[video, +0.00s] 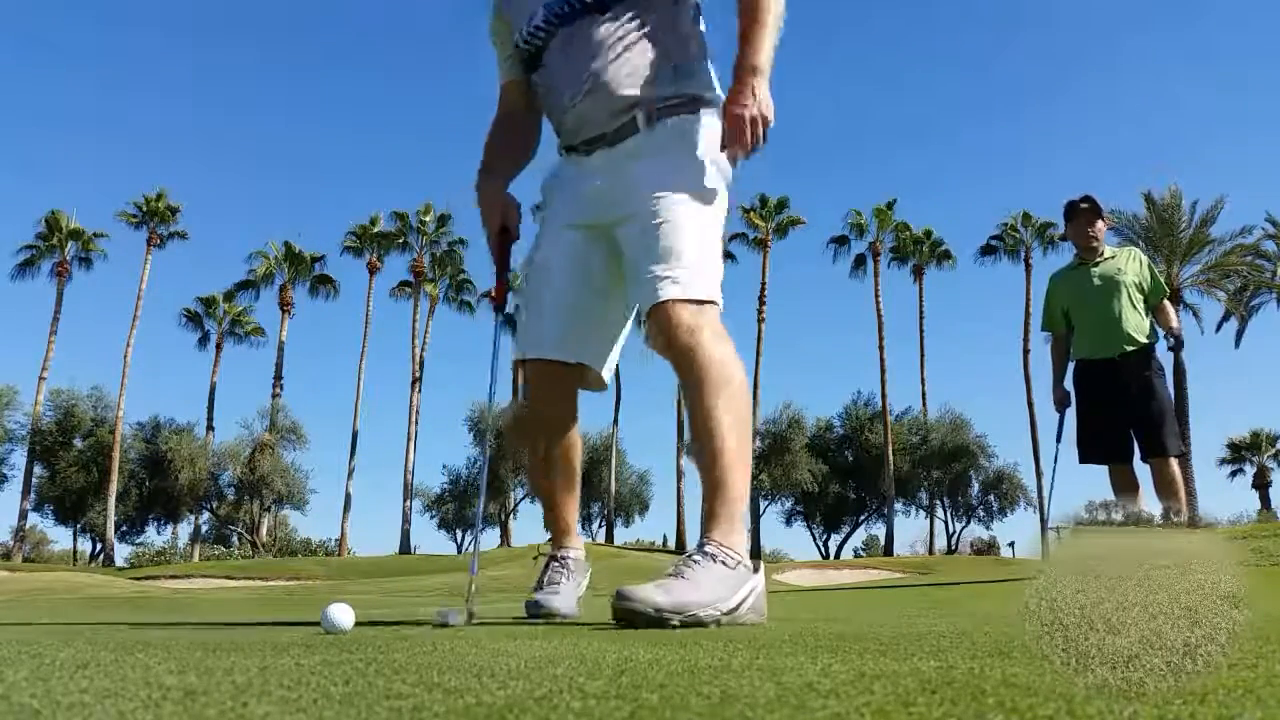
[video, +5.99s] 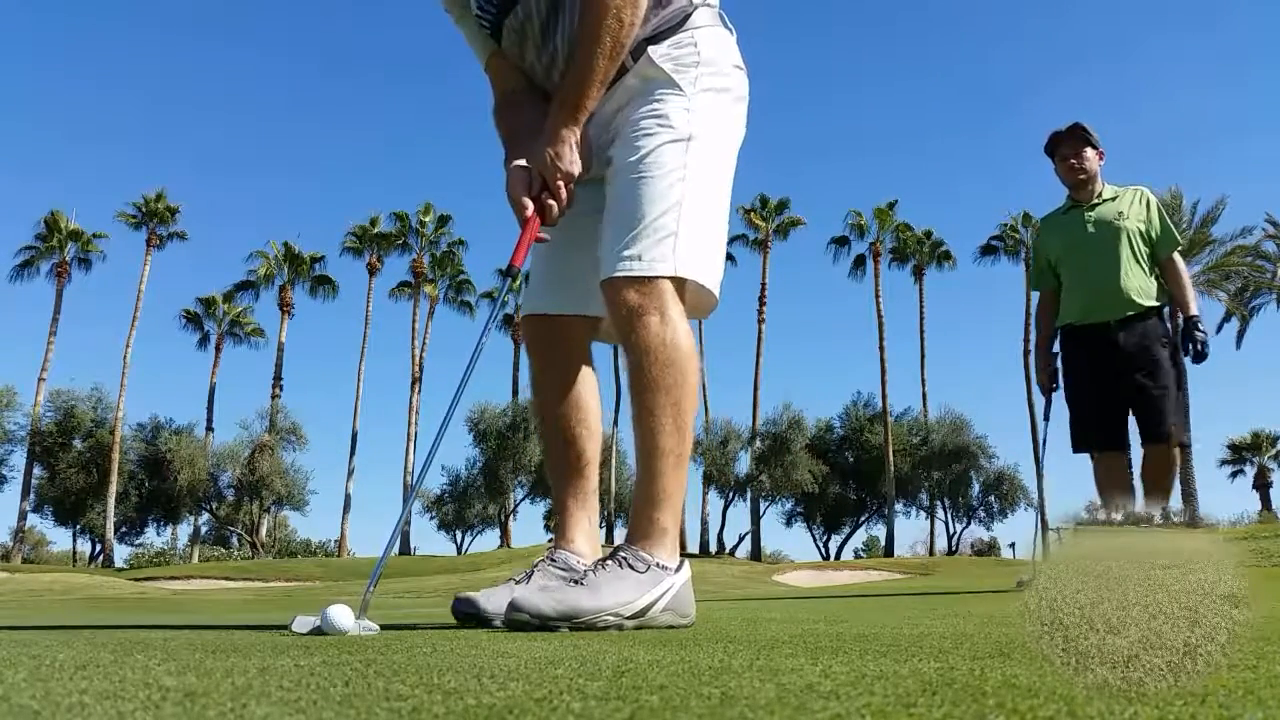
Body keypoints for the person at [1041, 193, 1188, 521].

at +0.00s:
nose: (1089, 228)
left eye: (1094, 221)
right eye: (1080, 224)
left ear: (1105, 225)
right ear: (1068, 232)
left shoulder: (1133, 259)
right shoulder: (1061, 281)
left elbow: (1159, 301)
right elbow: (1060, 337)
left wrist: (1172, 327)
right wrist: (1058, 384)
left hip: (1140, 366)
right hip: (1094, 374)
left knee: (1161, 451)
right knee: (1117, 459)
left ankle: (1179, 527)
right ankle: (1134, 532)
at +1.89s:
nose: (1084, 232)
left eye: (1089, 226)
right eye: (1076, 229)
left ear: (1101, 230)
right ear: (1066, 239)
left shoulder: (1131, 266)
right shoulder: (1060, 286)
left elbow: (1158, 312)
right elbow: (1057, 341)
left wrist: (1171, 352)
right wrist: (1055, 387)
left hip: (1139, 373)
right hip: (1093, 380)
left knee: (1160, 455)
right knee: (1117, 462)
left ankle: (1178, 529)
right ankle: (1135, 534)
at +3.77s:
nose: (1091, 218)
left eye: (1097, 212)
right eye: (1083, 215)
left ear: (1113, 216)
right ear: (1076, 225)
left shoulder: (1144, 254)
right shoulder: (1067, 272)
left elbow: (1167, 304)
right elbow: (1063, 329)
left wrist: (1182, 347)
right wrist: (1057, 377)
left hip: (1140, 364)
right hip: (1092, 369)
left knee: (1140, 457)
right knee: (1099, 461)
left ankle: (1148, 529)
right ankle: (1122, 524)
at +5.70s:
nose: (1088, 164)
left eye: (1094, 155)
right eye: (1078, 160)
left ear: (1112, 160)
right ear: (1070, 172)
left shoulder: (1152, 205)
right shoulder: (1061, 229)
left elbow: (1182, 264)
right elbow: (1059, 297)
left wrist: (1201, 312)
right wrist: (1054, 354)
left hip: (1150, 335)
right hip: (1091, 341)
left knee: (1150, 444)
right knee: (1105, 442)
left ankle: (1148, 533)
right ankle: (1114, 533)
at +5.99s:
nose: (1074, 161)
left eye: (1081, 152)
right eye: (1064, 157)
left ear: (1099, 156)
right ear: (1055, 168)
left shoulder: (1139, 200)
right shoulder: (1049, 229)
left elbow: (1170, 263)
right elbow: (1047, 299)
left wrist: (1191, 319)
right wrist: (1043, 355)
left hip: (1144, 333)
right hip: (1084, 343)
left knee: (1162, 435)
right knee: (1104, 444)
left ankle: (1153, 521)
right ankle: (1119, 530)